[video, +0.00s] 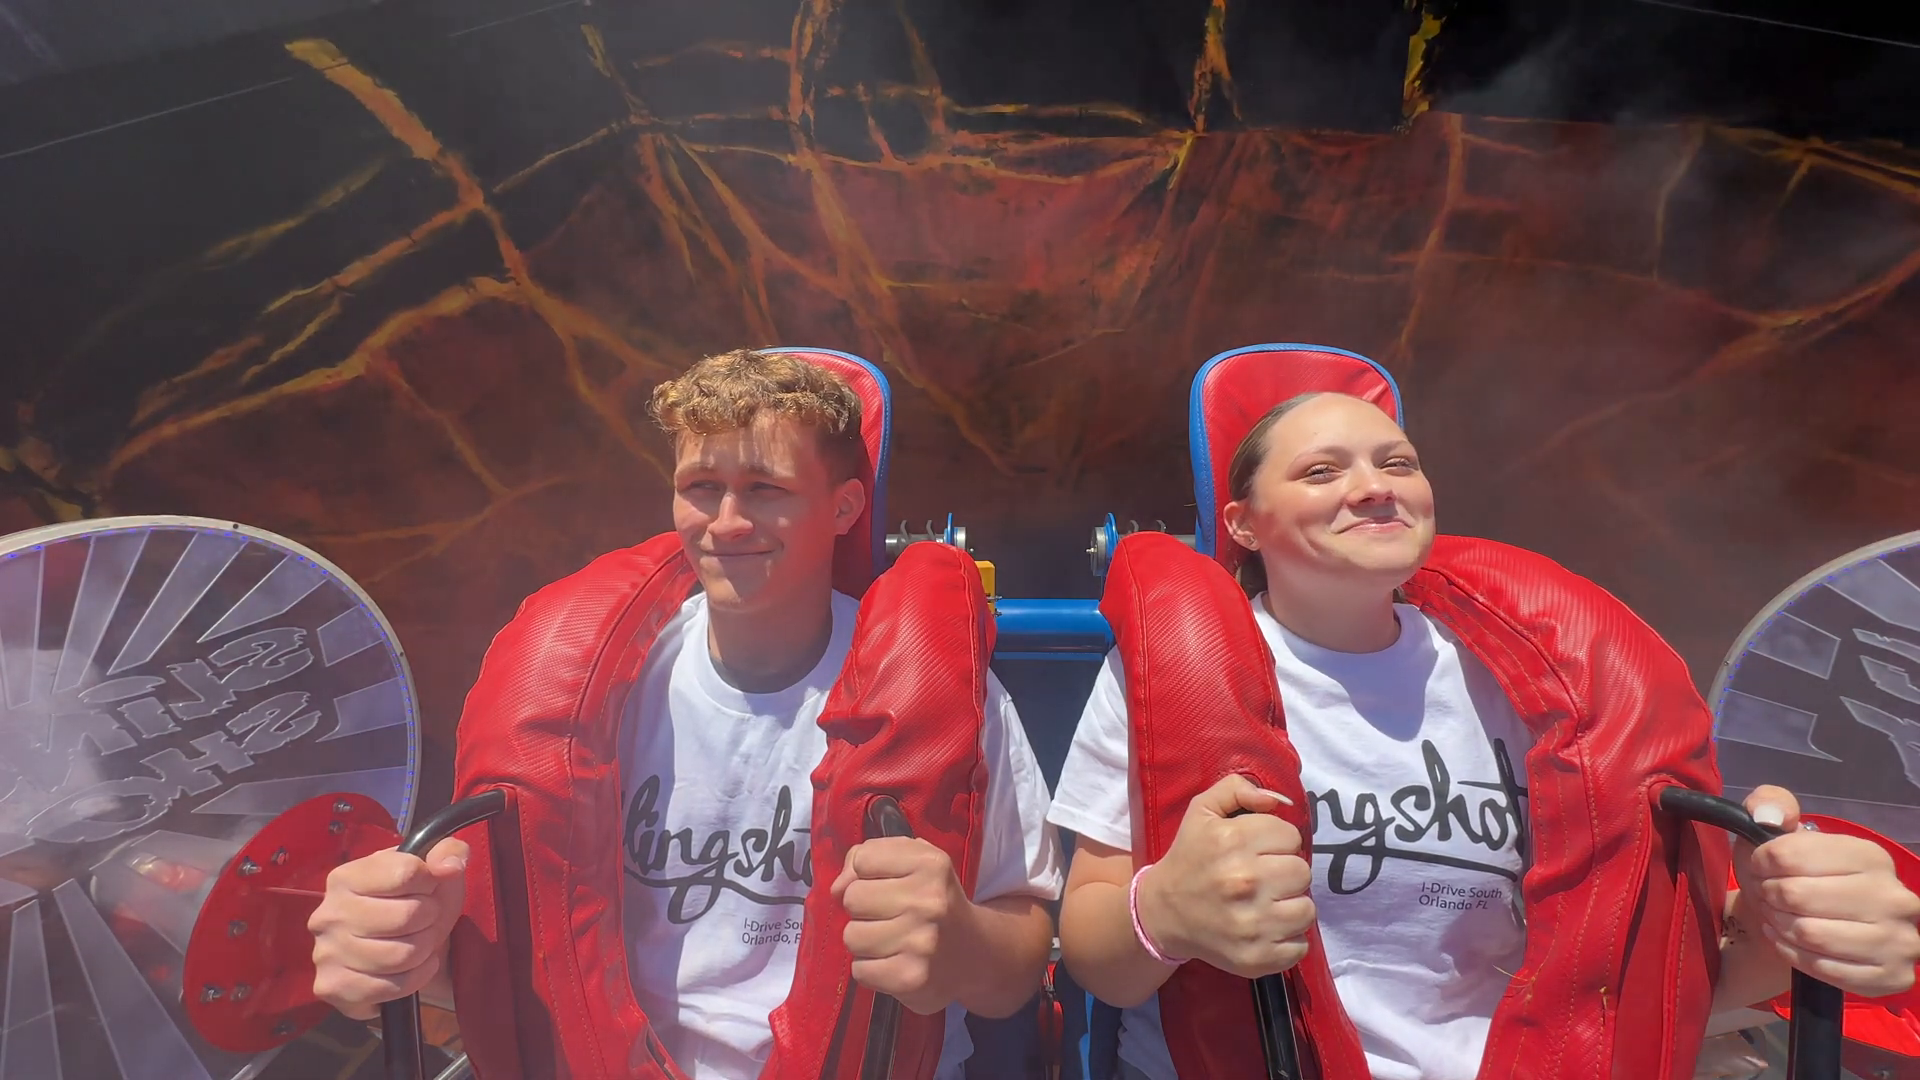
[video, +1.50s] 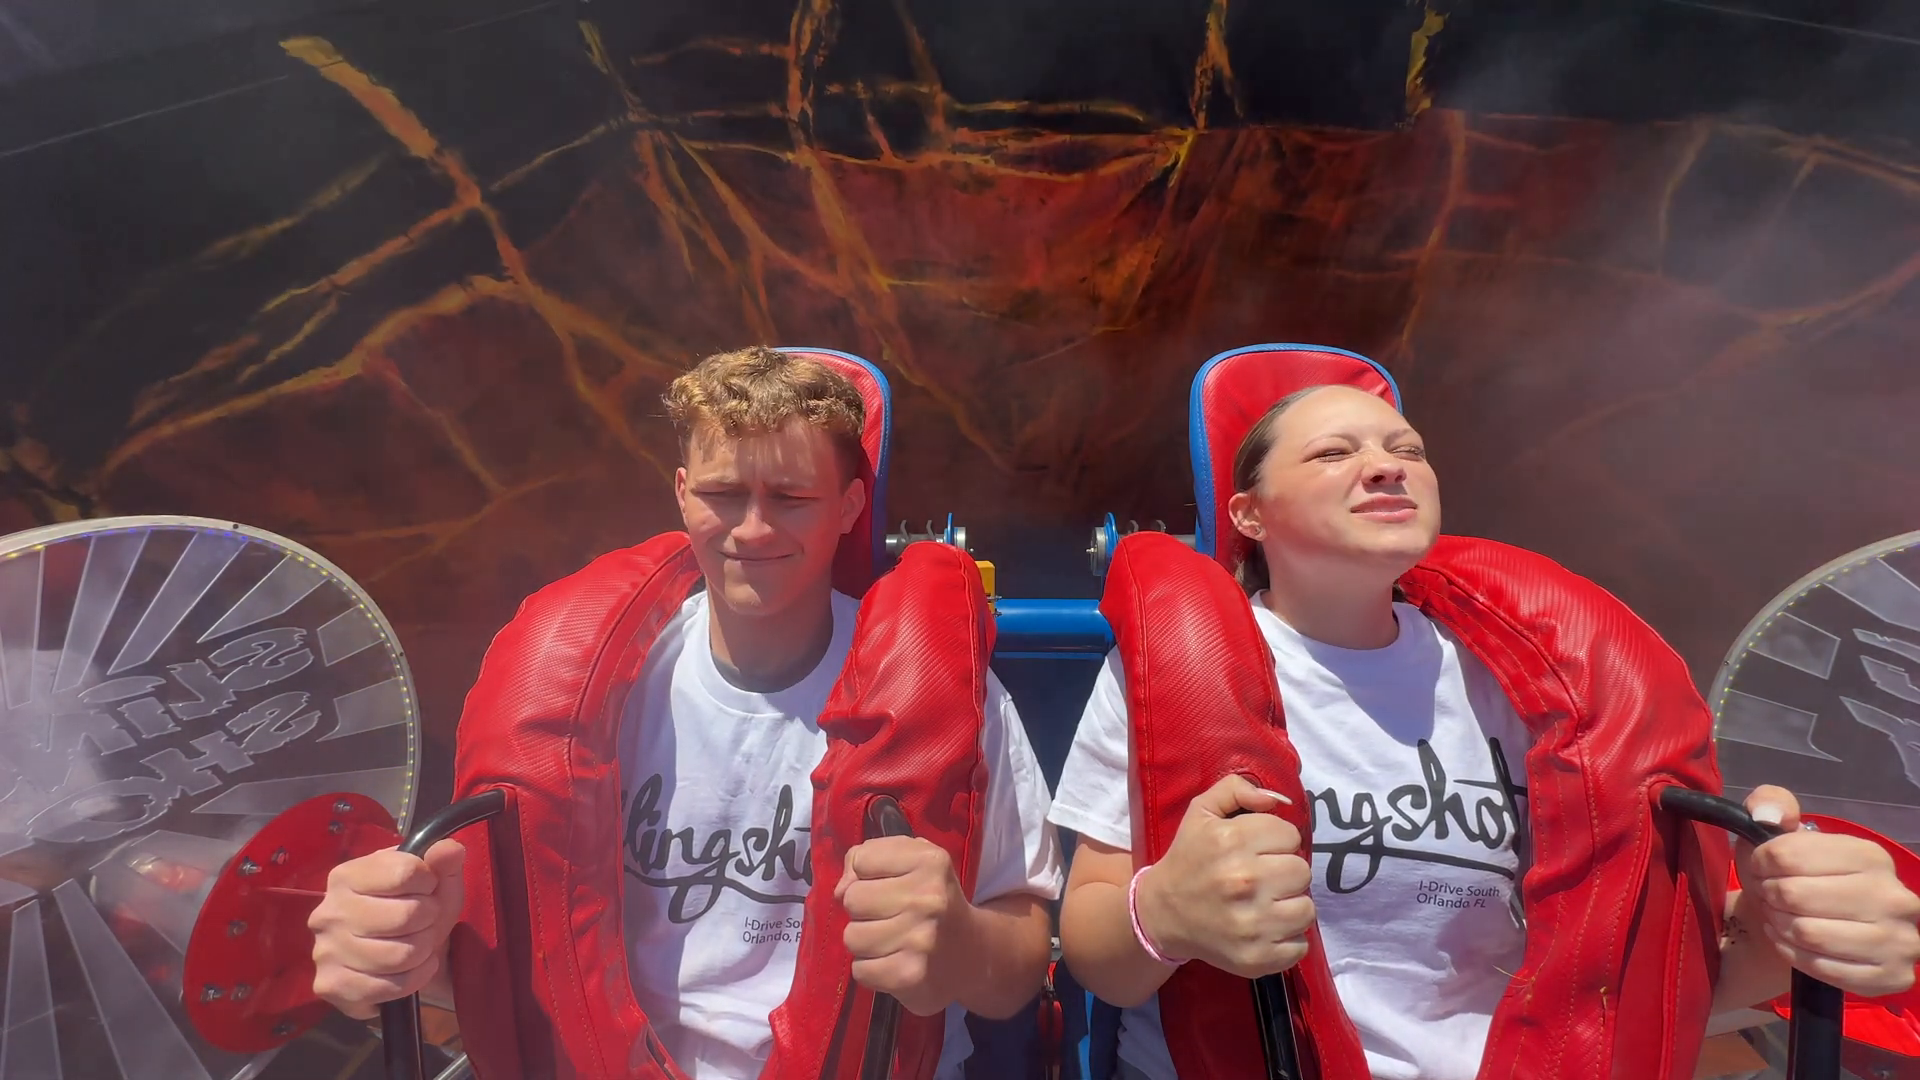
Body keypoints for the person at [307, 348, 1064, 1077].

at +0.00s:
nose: (727, 523)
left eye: (766, 491)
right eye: (702, 490)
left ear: (846, 507)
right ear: (673, 494)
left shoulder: (935, 688)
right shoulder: (586, 672)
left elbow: (1024, 959)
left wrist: (964, 948)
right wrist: (403, 943)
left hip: (837, 1063)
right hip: (614, 1058)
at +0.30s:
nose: (865, 520)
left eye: (872, 488)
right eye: (824, 488)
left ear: (885, 490)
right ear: (713, 499)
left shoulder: (937, 681)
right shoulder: (586, 667)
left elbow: (1024, 953)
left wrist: (965, 949)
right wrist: (411, 942)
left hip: (836, 1063)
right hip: (613, 1059)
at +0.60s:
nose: (865, 519)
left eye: (873, 488)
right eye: (825, 487)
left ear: (885, 492)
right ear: (714, 498)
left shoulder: (938, 683)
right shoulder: (586, 668)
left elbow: (1024, 956)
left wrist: (964, 949)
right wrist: (406, 942)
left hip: (837, 1063)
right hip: (615, 1059)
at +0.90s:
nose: (863, 519)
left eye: (872, 488)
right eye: (822, 486)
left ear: (886, 492)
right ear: (712, 495)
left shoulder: (939, 685)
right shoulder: (585, 667)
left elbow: (1024, 960)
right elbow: (502, 912)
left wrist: (965, 948)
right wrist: (407, 940)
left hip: (838, 1063)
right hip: (614, 1059)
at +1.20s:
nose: (791, 526)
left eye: (824, 495)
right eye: (756, 490)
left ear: (863, 508)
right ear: (690, 493)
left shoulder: (941, 690)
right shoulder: (584, 669)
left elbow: (1025, 961)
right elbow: (503, 915)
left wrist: (962, 950)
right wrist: (412, 942)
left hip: (840, 1062)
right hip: (614, 1057)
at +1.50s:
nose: (751, 531)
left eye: (789, 498)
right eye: (723, 495)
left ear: (851, 505)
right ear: (683, 492)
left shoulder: (939, 690)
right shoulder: (583, 670)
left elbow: (1023, 961)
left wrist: (962, 949)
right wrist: (410, 946)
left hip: (840, 1062)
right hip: (614, 1057)